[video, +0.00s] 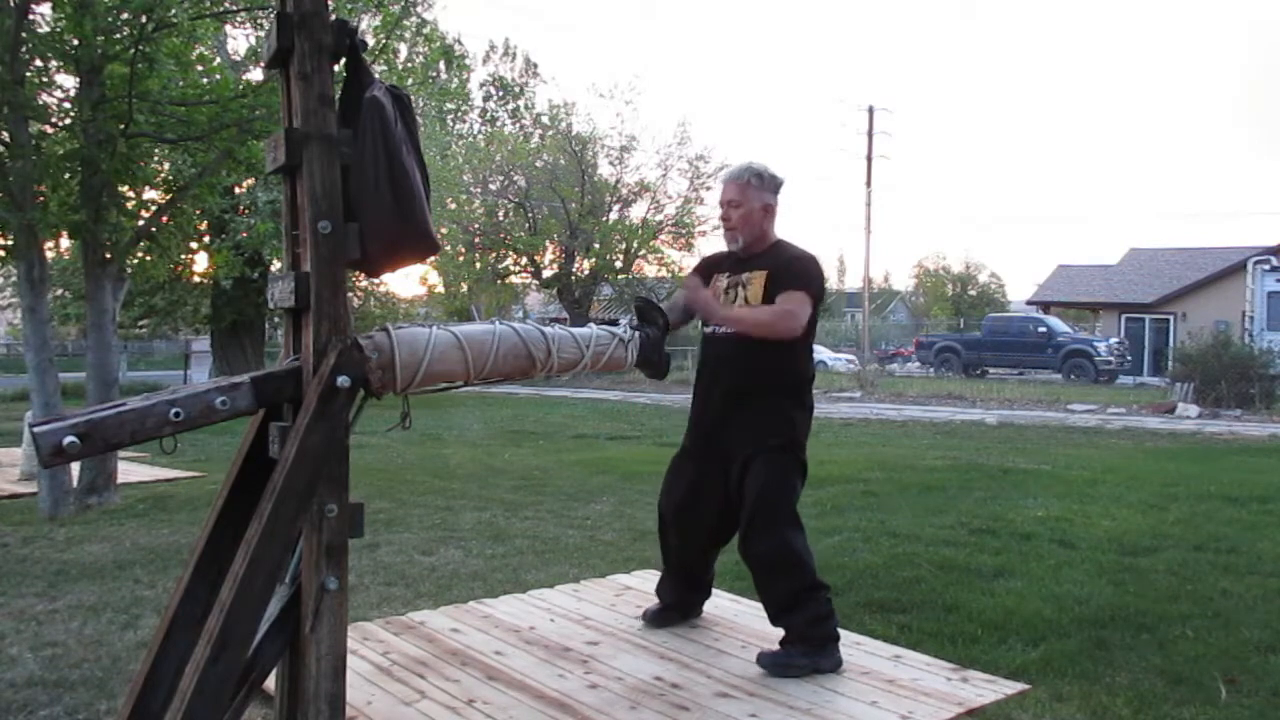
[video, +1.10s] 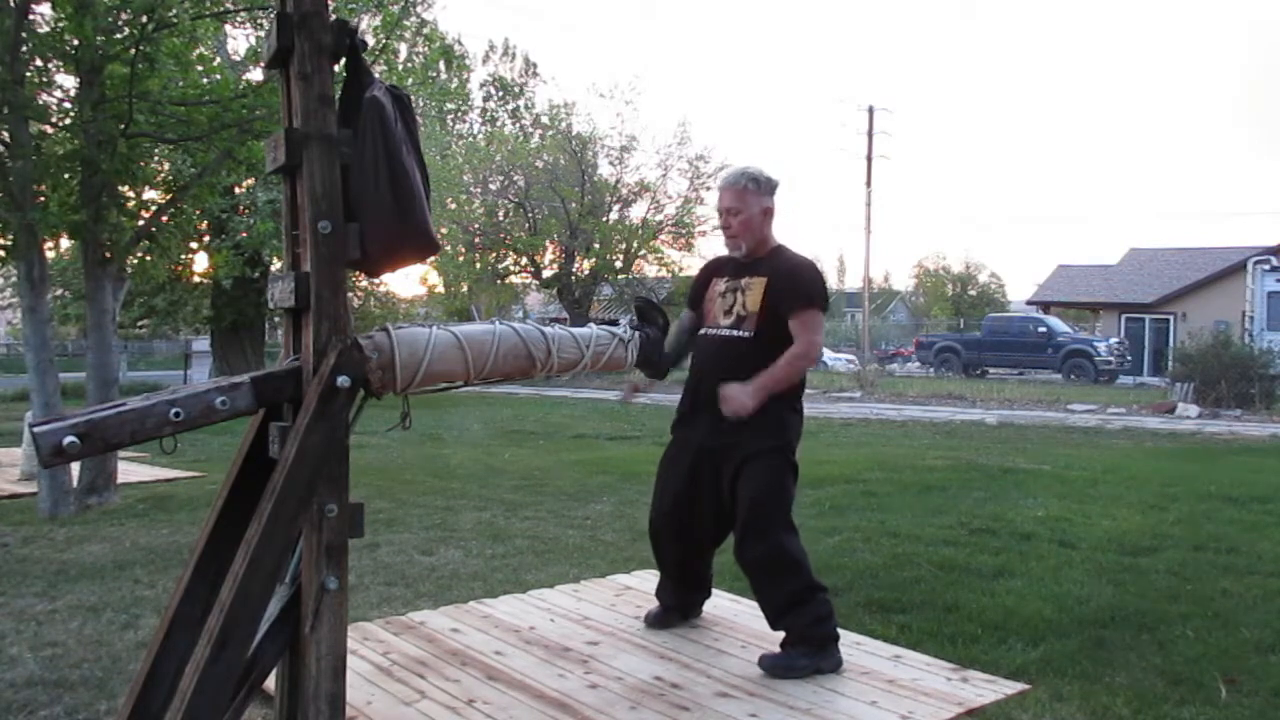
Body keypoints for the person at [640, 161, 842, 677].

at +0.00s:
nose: (725, 216)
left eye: (736, 207)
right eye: (722, 207)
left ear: (770, 210)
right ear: (722, 208)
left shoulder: (797, 265)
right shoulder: (712, 268)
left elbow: (791, 321)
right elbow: (678, 312)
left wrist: (718, 314)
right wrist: (656, 320)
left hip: (772, 426)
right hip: (712, 421)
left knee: (767, 528)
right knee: (681, 508)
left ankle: (815, 642)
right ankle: (682, 597)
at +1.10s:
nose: (727, 222)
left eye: (737, 213)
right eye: (722, 213)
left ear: (768, 213)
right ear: (718, 212)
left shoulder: (796, 274)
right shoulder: (712, 273)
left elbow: (808, 348)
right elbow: (683, 332)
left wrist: (755, 389)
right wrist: (658, 359)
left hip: (762, 425)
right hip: (700, 419)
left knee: (762, 533)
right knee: (674, 514)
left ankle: (815, 642)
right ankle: (682, 598)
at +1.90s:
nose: (717, 224)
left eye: (729, 215)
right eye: (714, 214)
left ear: (761, 217)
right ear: (710, 216)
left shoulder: (794, 281)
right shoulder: (694, 281)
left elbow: (820, 354)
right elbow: (652, 342)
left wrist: (830, 422)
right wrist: (616, 395)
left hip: (768, 440)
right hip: (702, 436)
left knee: (785, 538)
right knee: (678, 523)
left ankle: (818, 652)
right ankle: (684, 603)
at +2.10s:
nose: (744, 219)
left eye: (757, 211)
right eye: (742, 210)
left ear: (792, 215)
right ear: (742, 212)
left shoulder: (829, 279)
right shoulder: (722, 280)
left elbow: (861, 355)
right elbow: (698, 357)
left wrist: (867, 415)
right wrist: (684, 421)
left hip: (800, 439)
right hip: (733, 433)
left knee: (800, 544)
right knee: (709, 522)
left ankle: (820, 665)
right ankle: (689, 603)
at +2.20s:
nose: (761, 213)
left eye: (775, 205)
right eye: (760, 203)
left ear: (811, 210)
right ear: (759, 205)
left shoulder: (851, 271)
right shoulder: (742, 276)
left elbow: (873, 336)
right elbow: (712, 346)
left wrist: (840, 373)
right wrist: (715, 406)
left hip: (821, 431)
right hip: (755, 427)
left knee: (809, 536)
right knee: (724, 515)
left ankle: (820, 667)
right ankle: (708, 602)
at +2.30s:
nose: (769, 209)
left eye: (782, 200)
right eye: (769, 198)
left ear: (821, 204)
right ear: (774, 201)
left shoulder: (862, 267)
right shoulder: (754, 271)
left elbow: (871, 329)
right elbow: (721, 330)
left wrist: (806, 332)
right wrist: (725, 356)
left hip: (830, 432)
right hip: (760, 428)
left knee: (815, 535)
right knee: (730, 519)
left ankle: (821, 666)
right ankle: (734, 613)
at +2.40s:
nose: (779, 204)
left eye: (792, 195)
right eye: (779, 193)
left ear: (832, 199)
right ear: (783, 195)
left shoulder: (869, 260)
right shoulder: (771, 262)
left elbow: (852, 313)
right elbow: (727, 311)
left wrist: (781, 295)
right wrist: (718, 298)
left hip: (837, 435)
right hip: (765, 427)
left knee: (821, 539)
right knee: (733, 509)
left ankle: (822, 667)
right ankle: (760, 626)